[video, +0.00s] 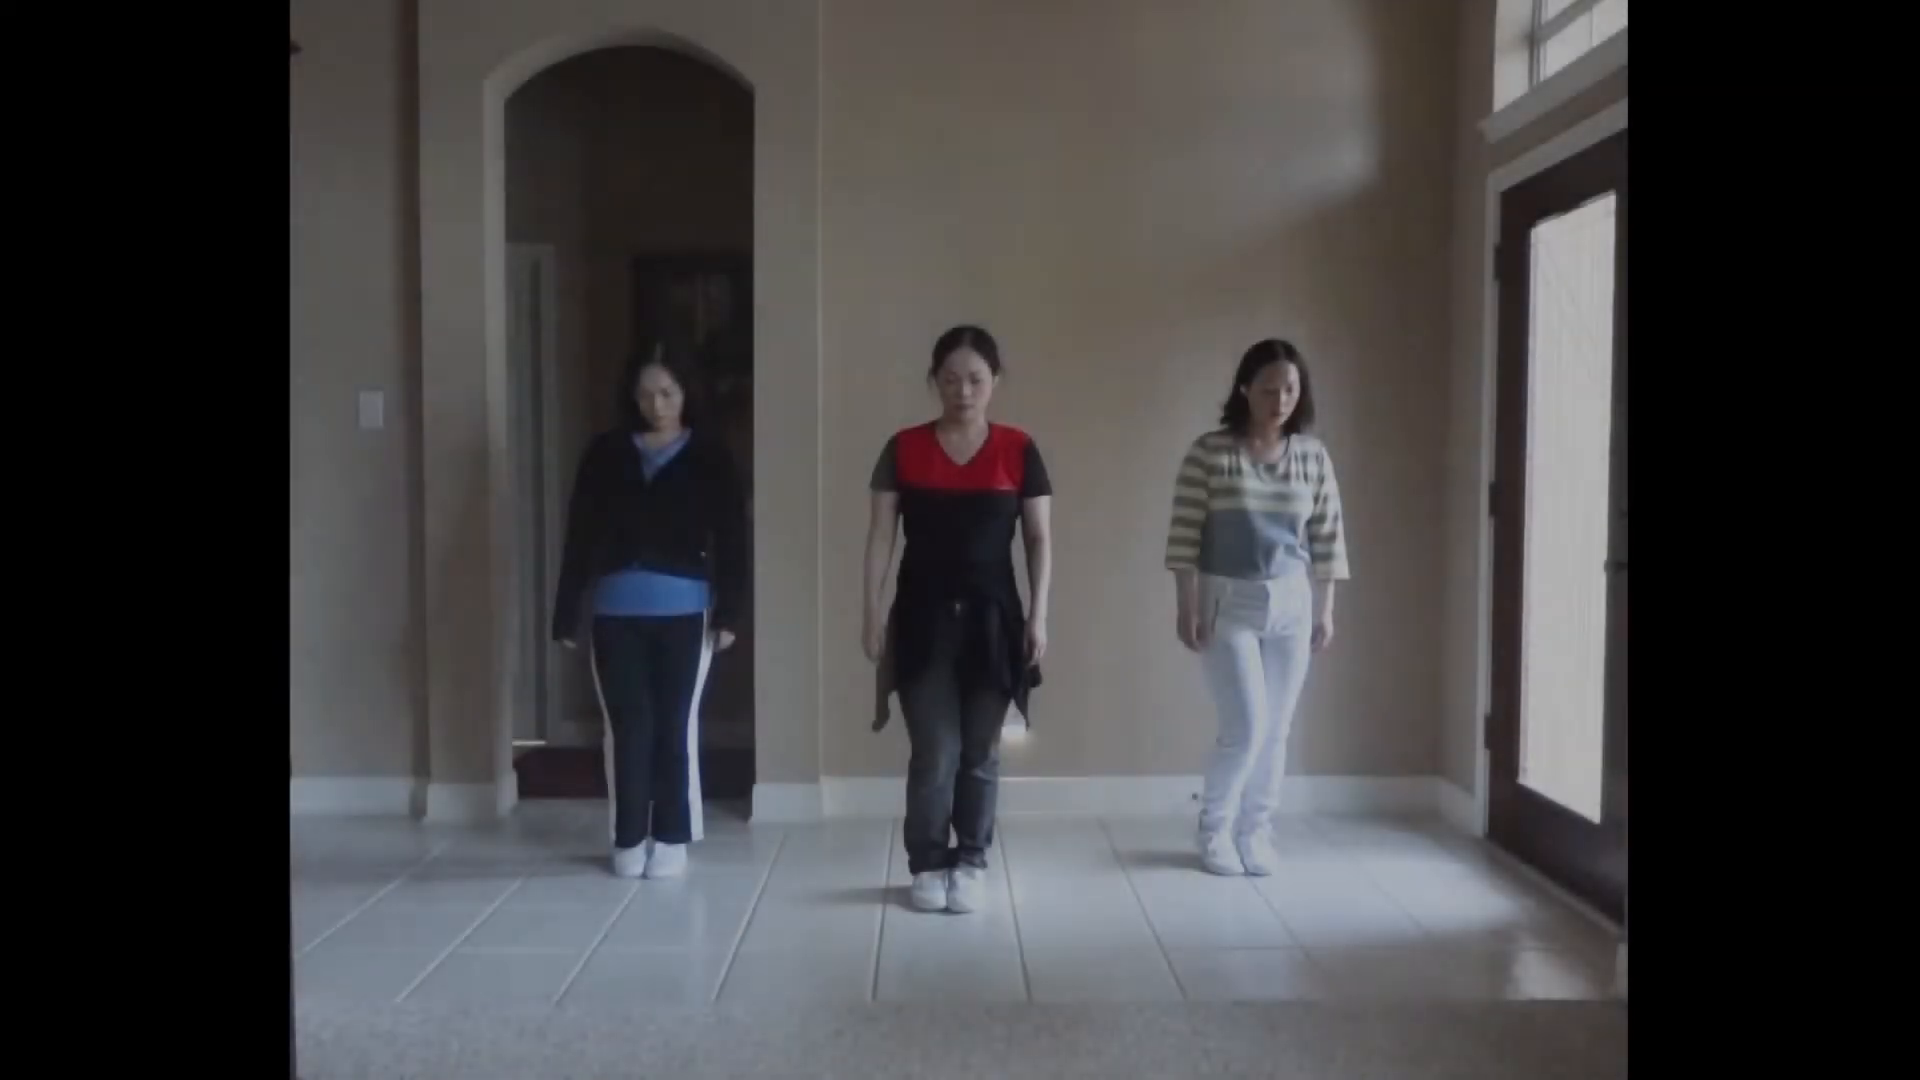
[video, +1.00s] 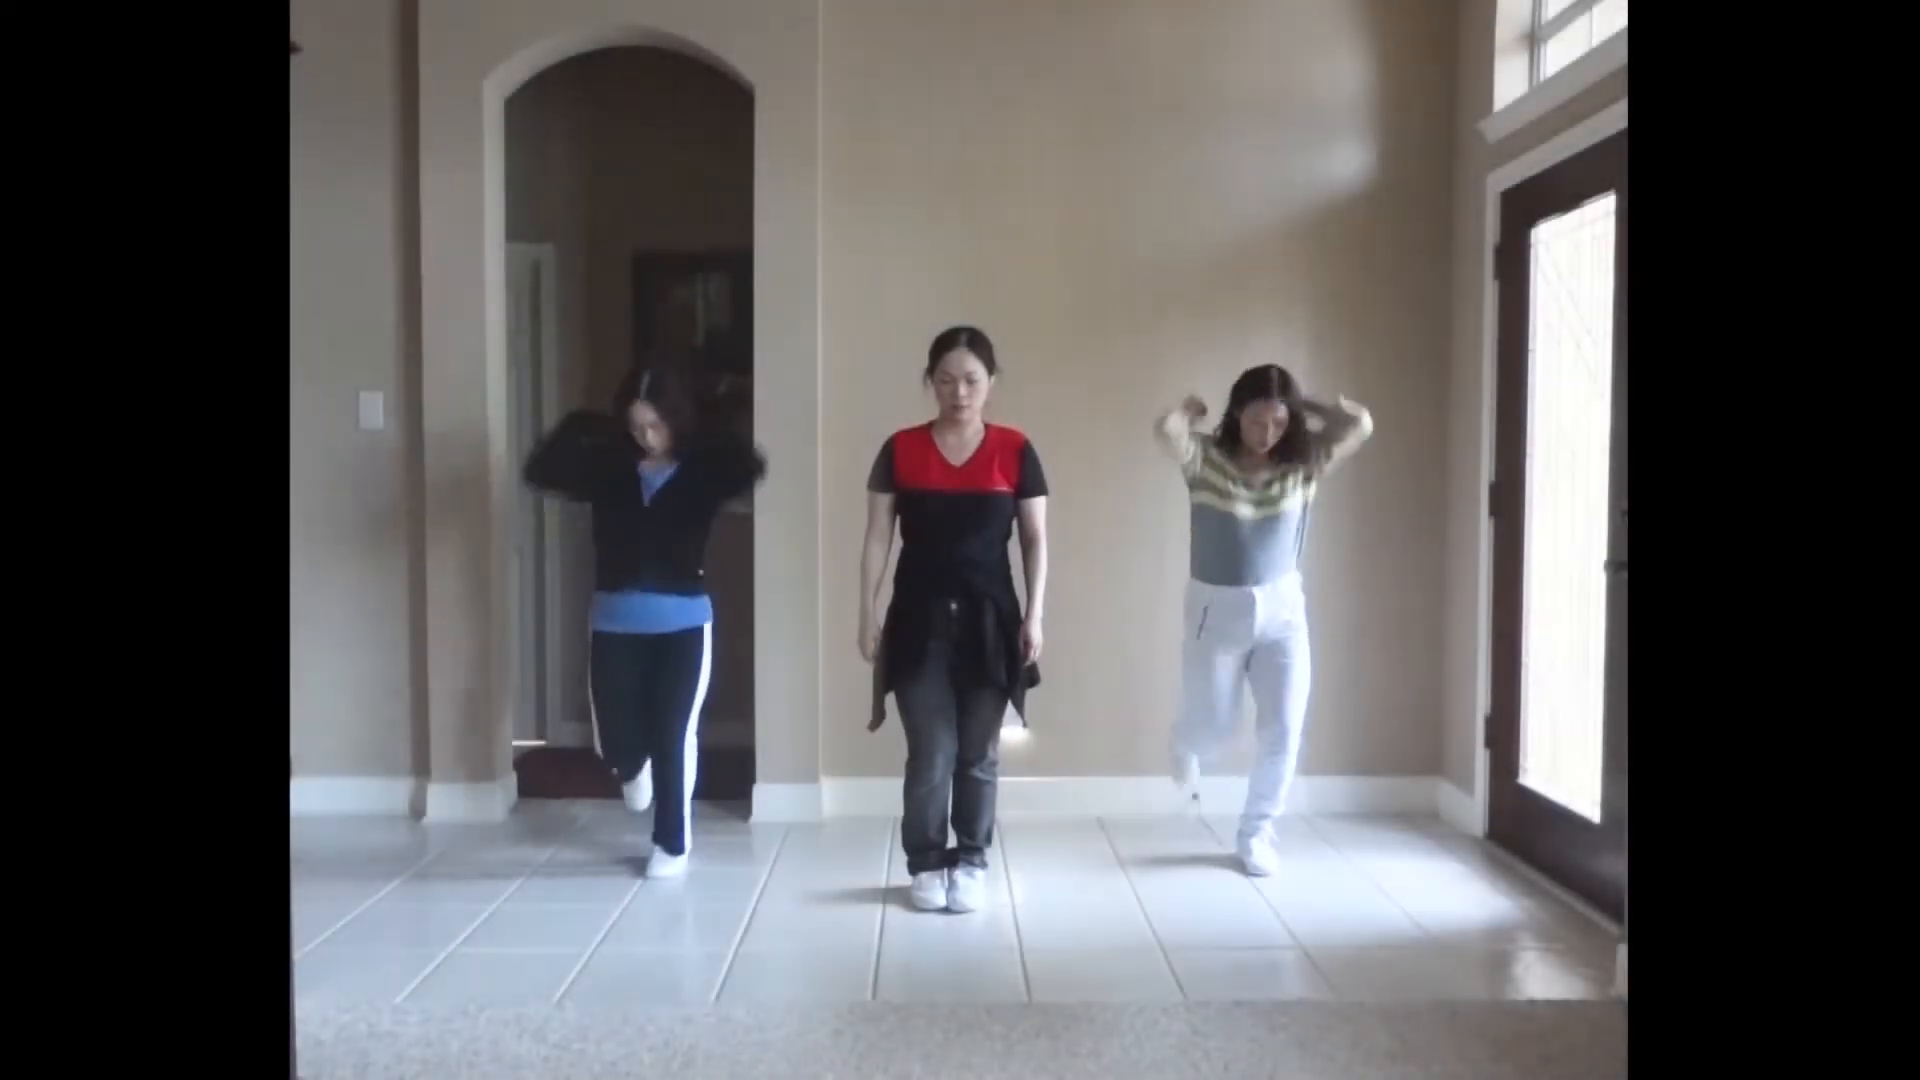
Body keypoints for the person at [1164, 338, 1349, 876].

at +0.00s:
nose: (1281, 399)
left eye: (1290, 389)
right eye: (1271, 387)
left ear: (1301, 395)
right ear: (1245, 390)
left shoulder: (1312, 455)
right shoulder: (1210, 451)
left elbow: (1327, 536)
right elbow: (1185, 534)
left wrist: (1324, 608)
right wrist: (1187, 605)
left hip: (1293, 607)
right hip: (1227, 606)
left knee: (1274, 730)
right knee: (1245, 728)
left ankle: (1256, 832)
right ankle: (1215, 831)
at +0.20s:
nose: (1279, 398)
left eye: (1289, 389)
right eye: (1269, 387)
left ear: (1300, 396)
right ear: (1244, 390)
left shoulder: (1311, 456)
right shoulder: (1210, 451)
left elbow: (1326, 536)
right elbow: (1184, 532)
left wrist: (1324, 608)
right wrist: (1186, 603)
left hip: (1293, 607)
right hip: (1226, 606)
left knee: (1274, 729)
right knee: (1244, 727)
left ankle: (1255, 831)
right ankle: (1215, 829)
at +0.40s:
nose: (1279, 399)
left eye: (1289, 389)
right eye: (1269, 387)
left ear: (1299, 396)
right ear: (1244, 390)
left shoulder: (1310, 456)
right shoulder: (1209, 452)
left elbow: (1326, 536)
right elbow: (1184, 531)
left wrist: (1324, 608)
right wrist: (1184, 602)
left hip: (1292, 607)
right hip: (1226, 606)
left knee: (1274, 729)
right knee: (1244, 727)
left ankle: (1256, 830)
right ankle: (1215, 828)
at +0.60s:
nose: (1279, 399)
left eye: (1289, 389)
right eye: (1269, 387)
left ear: (1300, 396)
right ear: (1245, 390)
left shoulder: (1312, 458)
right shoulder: (1209, 451)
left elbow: (1352, 517)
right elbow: (1169, 505)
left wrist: (1383, 568)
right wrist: (1137, 546)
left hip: (1289, 608)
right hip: (1223, 607)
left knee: (1276, 728)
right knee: (1244, 725)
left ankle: (1256, 831)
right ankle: (1214, 829)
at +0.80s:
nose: (1279, 414)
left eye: (1288, 404)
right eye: (1269, 403)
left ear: (1298, 410)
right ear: (1244, 403)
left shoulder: (1312, 465)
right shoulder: (1205, 459)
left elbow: (1382, 499)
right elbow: (1144, 484)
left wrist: (1389, 438)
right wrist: (1141, 418)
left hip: (1285, 617)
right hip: (1219, 616)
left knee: (1285, 733)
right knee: (1248, 729)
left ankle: (1259, 835)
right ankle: (1204, 782)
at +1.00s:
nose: (1266, 431)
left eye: (1277, 421)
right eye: (1256, 419)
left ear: (1289, 423)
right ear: (1236, 417)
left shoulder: (1303, 467)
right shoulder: (1205, 459)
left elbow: (1361, 424)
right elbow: (1166, 431)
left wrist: (1312, 408)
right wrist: (1185, 412)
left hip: (1282, 616)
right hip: (1215, 615)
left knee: (1283, 731)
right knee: (1215, 726)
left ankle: (1257, 836)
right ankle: (1184, 747)